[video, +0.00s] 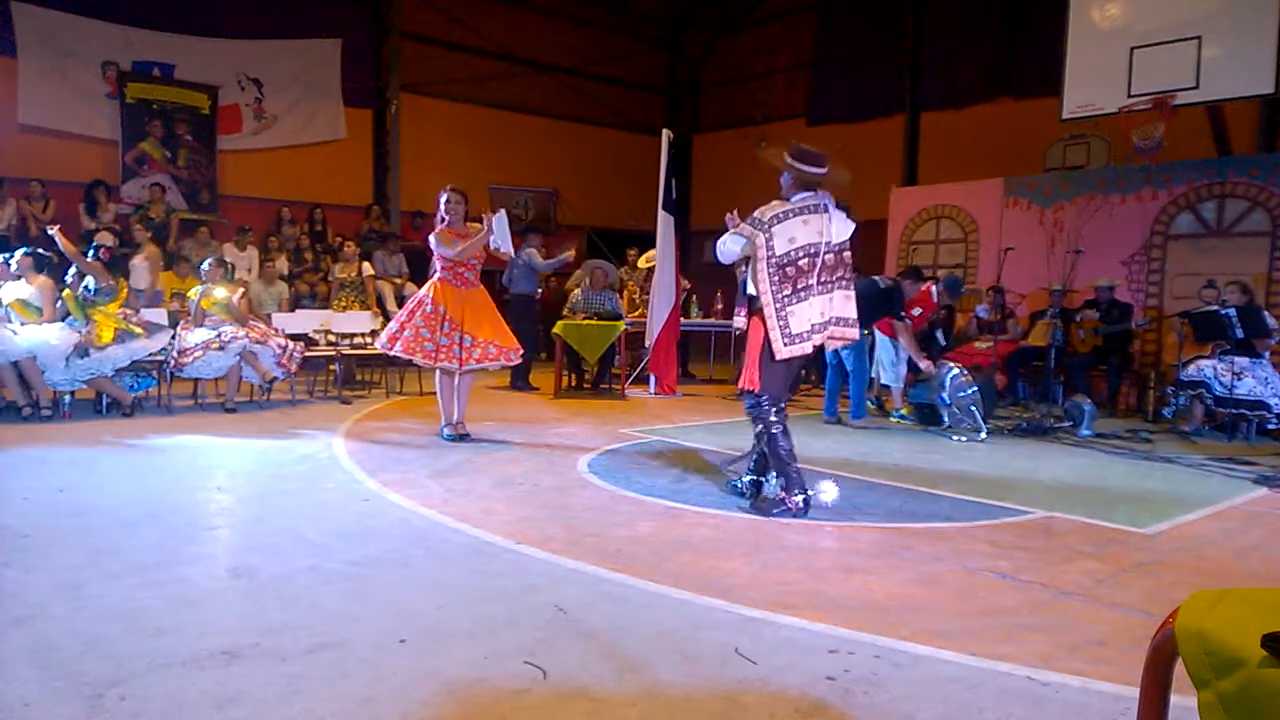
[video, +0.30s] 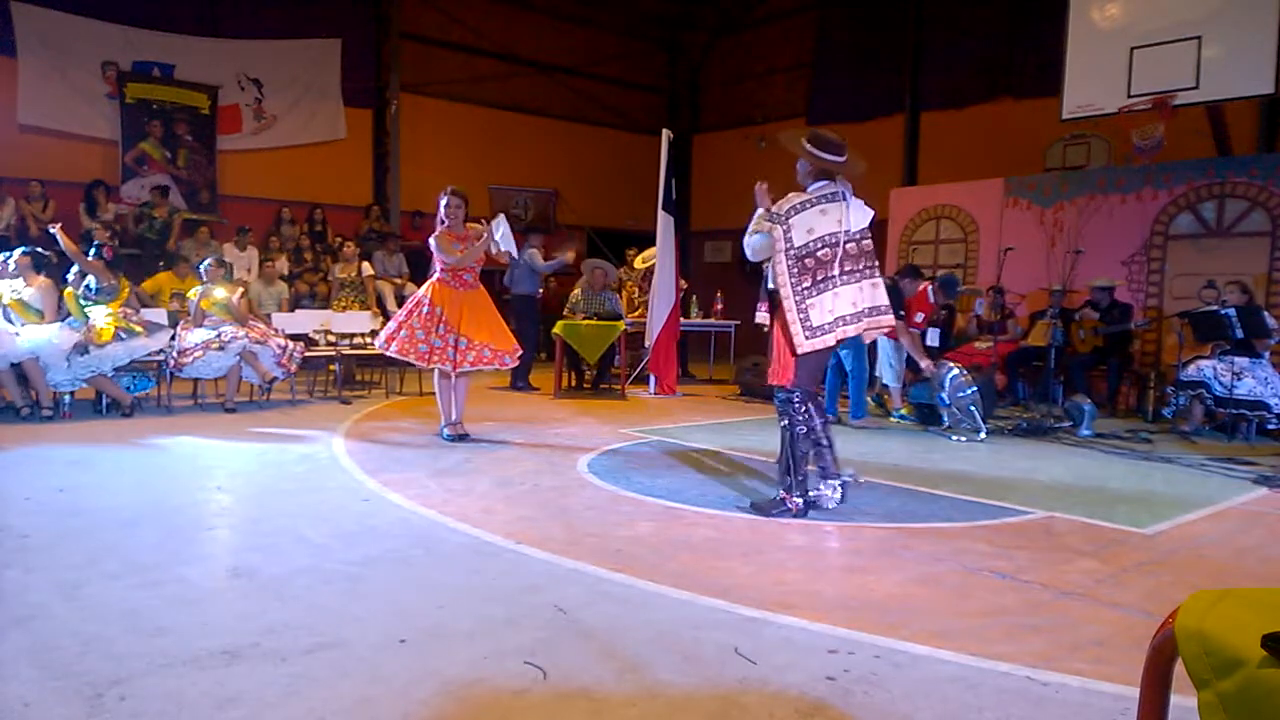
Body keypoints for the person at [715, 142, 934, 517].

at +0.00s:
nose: (781, 177)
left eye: (786, 173)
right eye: (784, 172)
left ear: (793, 179)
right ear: (819, 181)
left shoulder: (771, 217)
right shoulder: (836, 219)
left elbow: (725, 252)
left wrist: (734, 231)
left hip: (776, 321)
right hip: (811, 321)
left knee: (762, 400)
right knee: (771, 399)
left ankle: (793, 490)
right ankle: (756, 474)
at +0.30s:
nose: (798, 164)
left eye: (803, 160)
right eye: (802, 159)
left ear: (810, 167)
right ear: (838, 169)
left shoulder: (792, 209)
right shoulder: (850, 207)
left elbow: (754, 248)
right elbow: (860, 270)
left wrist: (762, 208)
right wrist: (868, 321)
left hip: (800, 317)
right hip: (835, 314)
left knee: (791, 398)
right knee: (807, 395)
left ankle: (793, 494)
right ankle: (830, 480)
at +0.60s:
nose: (820, 168)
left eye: (824, 162)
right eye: (823, 162)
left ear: (835, 166)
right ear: (858, 169)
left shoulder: (820, 209)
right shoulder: (881, 212)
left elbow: (779, 250)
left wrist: (780, 214)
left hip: (817, 317)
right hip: (859, 318)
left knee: (802, 404)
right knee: (854, 405)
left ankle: (793, 495)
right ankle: (870, 499)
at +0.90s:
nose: (825, 169)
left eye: (829, 163)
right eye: (828, 163)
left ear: (841, 166)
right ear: (863, 168)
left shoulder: (828, 210)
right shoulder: (886, 210)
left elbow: (784, 249)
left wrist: (774, 209)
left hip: (823, 320)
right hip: (865, 321)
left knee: (798, 398)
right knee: (863, 403)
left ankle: (791, 494)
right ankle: (872, 498)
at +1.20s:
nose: (812, 165)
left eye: (816, 160)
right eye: (815, 158)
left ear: (827, 165)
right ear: (851, 167)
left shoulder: (807, 207)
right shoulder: (872, 208)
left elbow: (767, 248)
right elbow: (880, 269)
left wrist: (760, 210)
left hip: (810, 318)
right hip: (855, 318)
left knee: (802, 406)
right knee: (856, 406)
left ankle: (785, 495)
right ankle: (870, 499)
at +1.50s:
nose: (786, 165)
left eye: (791, 160)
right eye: (790, 160)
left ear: (800, 166)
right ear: (825, 169)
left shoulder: (779, 210)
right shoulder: (848, 208)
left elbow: (734, 239)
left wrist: (744, 209)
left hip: (788, 320)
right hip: (828, 317)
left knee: (784, 405)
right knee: (823, 395)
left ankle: (782, 497)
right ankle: (852, 474)